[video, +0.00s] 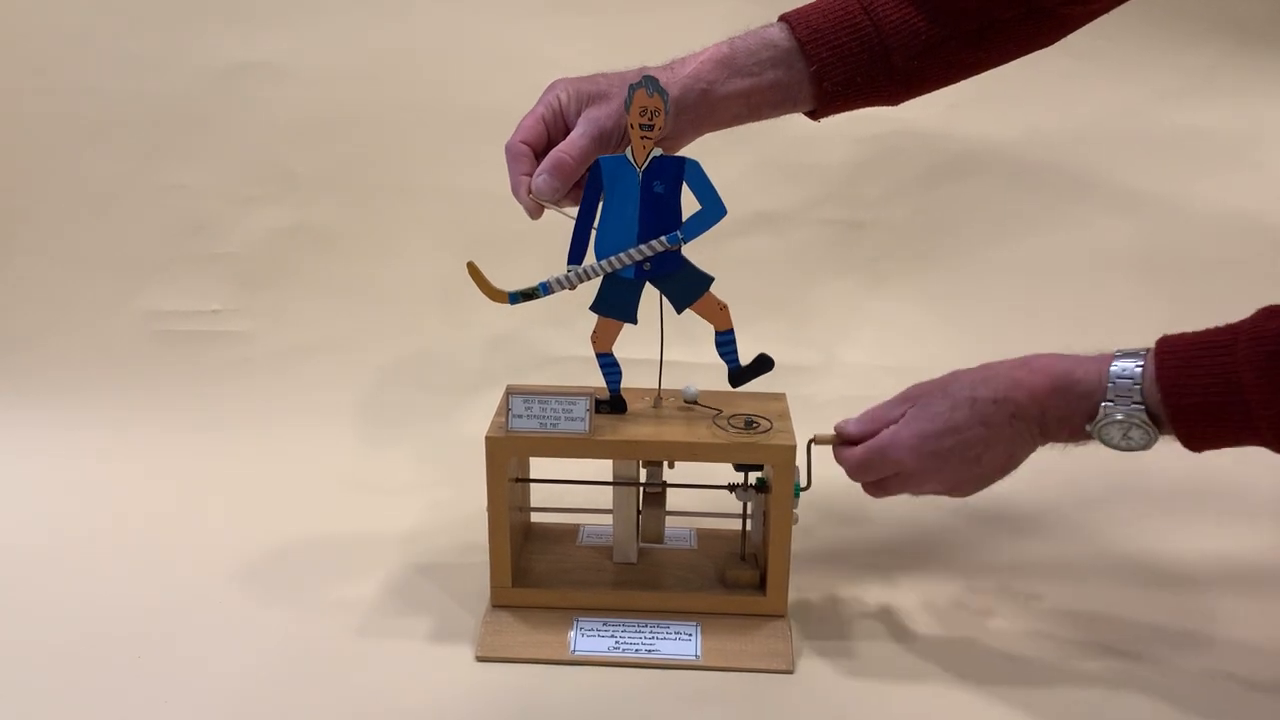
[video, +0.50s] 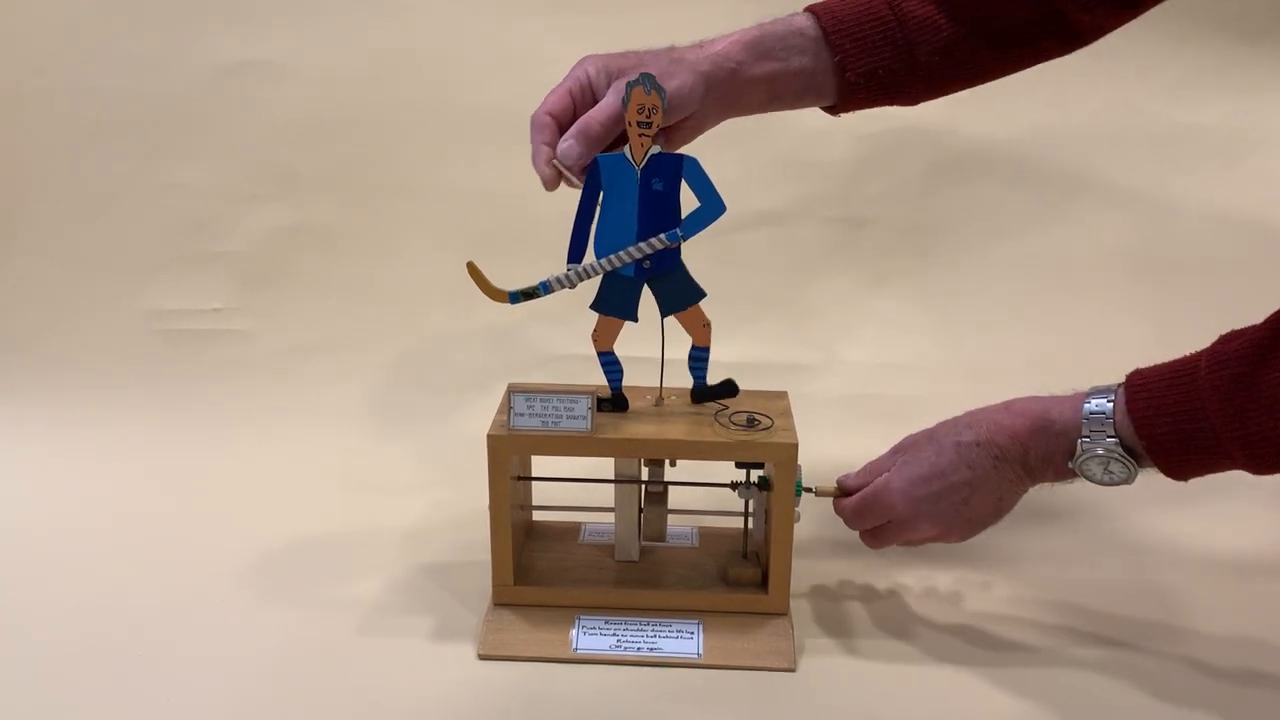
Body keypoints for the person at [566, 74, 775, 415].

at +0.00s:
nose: (649, 122)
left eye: (656, 114)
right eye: (642, 114)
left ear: (665, 119)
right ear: (628, 119)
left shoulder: (681, 167)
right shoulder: (605, 167)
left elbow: (716, 209)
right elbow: (585, 218)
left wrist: (677, 238)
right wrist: (573, 267)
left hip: (667, 264)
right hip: (621, 268)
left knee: (720, 313)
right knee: (601, 340)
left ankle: (736, 371)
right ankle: (615, 398)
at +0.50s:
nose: (645, 117)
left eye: (652, 110)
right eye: (638, 109)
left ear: (662, 117)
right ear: (625, 114)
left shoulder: (680, 164)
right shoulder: (603, 164)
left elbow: (715, 206)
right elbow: (584, 216)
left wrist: (677, 236)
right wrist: (574, 266)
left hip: (665, 267)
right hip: (620, 268)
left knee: (701, 328)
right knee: (602, 338)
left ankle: (700, 388)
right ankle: (617, 396)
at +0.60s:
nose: (645, 117)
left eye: (653, 110)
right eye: (639, 109)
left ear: (662, 118)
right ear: (626, 114)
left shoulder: (680, 163)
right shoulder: (604, 165)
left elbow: (715, 206)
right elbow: (584, 217)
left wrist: (678, 234)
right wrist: (573, 265)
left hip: (664, 267)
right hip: (620, 268)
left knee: (691, 334)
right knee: (602, 338)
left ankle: (682, 391)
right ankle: (617, 396)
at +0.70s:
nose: (646, 115)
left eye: (653, 109)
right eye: (640, 108)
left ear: (662, 116)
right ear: (625, 114)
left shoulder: (680, 165)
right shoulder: (603, 165)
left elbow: (715, 206)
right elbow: (584, 219)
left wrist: (677, 234)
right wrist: (573, 266)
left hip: (664, 268)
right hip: (620, 269)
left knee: (690, 334)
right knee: (602, 338)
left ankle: (681, 392)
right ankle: (617, 396)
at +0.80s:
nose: (646, 114)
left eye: (653, 108)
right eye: (639, 107)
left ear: (662, 116)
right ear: (625, 113)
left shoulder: (679, 164)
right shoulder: (603, 165)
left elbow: (715, 206)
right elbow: (584, 218)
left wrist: (677, 235)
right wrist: (573, 266)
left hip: (664, 268)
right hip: (620, 269)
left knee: (690, 334)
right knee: (602, 338)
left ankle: (680, 391)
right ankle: (617, 395)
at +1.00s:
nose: (646, 114)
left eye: (653, 108)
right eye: (639, 107)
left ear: (662, 115)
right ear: (624, 112)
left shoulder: (678, 164)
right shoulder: (602, 165)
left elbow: (715, 205)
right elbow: (583, 219)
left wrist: (678, 234)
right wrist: (573, 266)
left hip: (663, 267)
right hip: (619, 267)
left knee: (690, 334)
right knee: (602, 338)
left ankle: (680, 392)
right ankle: (617, 396)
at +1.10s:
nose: (645, 114)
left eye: (653, 108)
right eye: (638, 107)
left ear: (661, 115)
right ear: (624, 112)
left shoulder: (678, 164)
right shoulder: (602, 165)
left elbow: (715, 205)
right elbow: (583, 218)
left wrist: (677, 234)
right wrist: (572, 266)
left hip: (663, 267)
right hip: (619, 268)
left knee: (690, 334)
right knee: (601, 338)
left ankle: (679, 393)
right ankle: (617, 396)